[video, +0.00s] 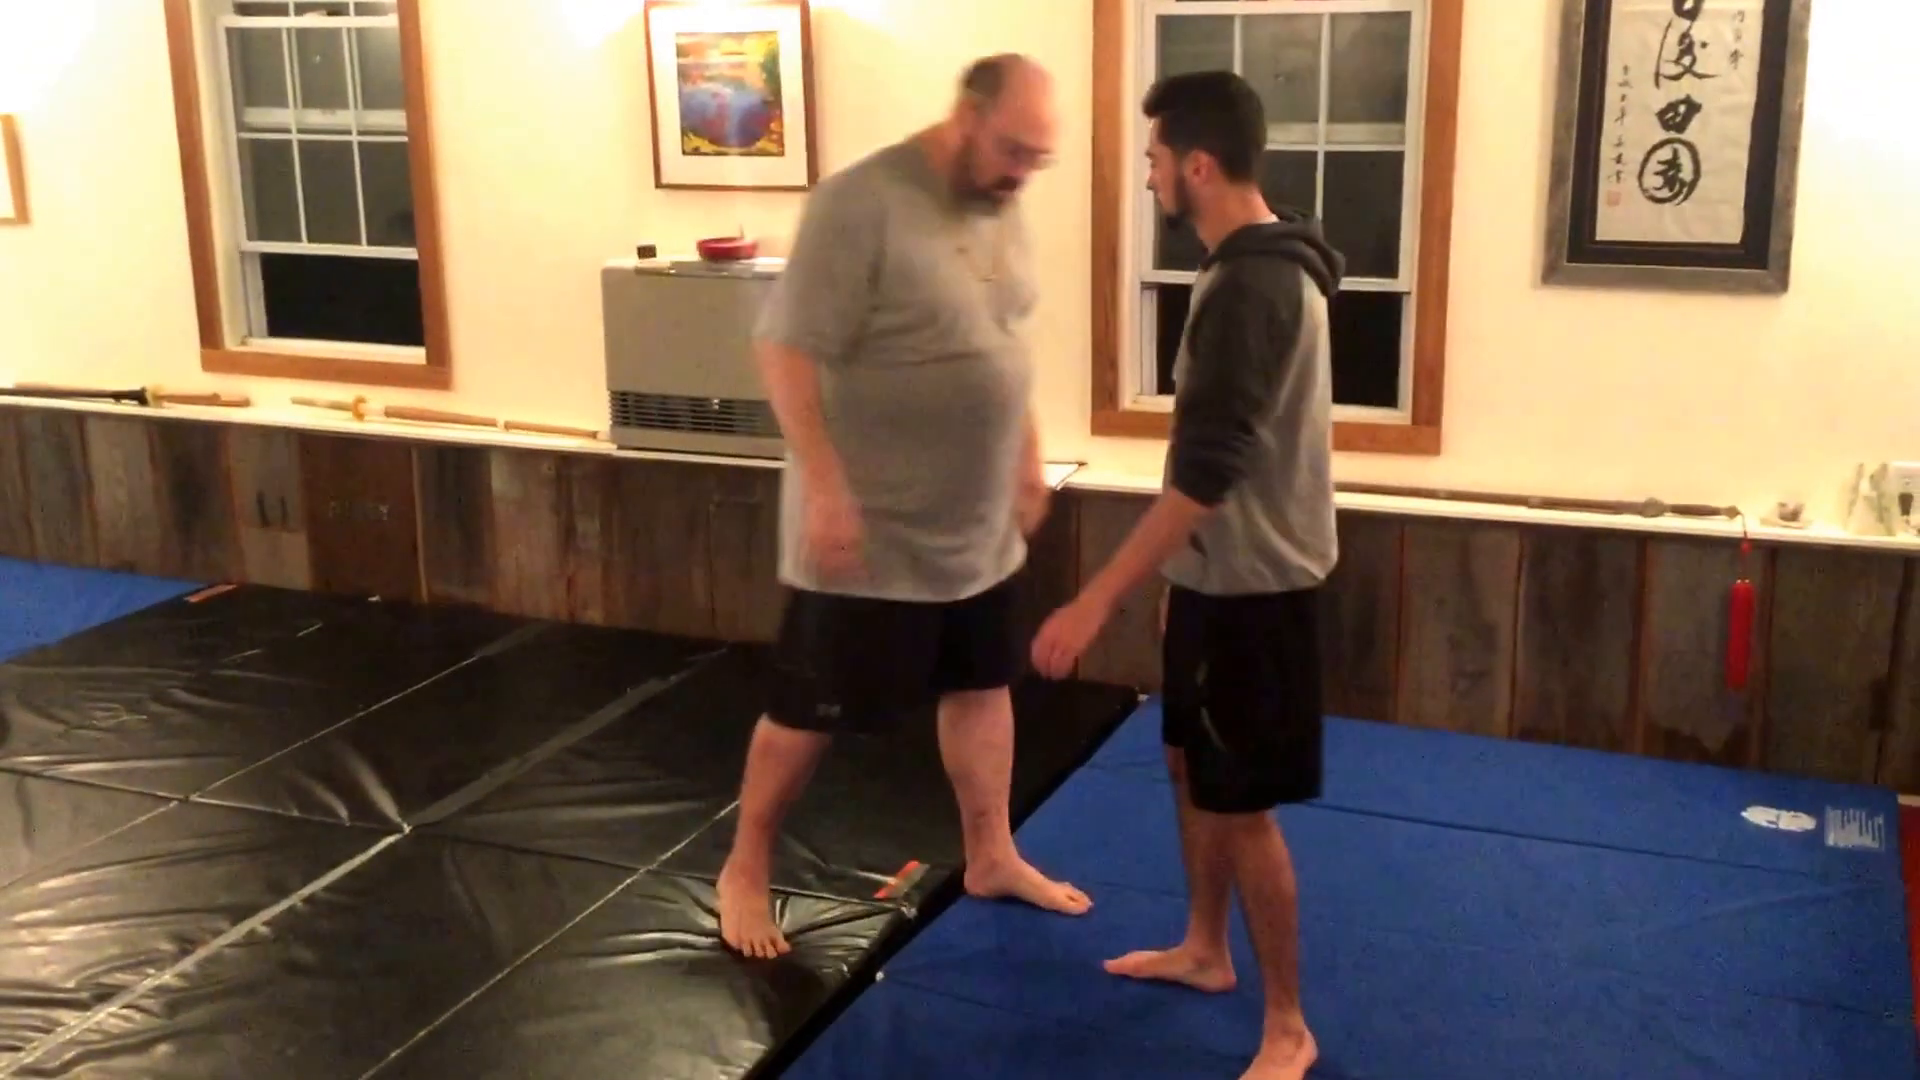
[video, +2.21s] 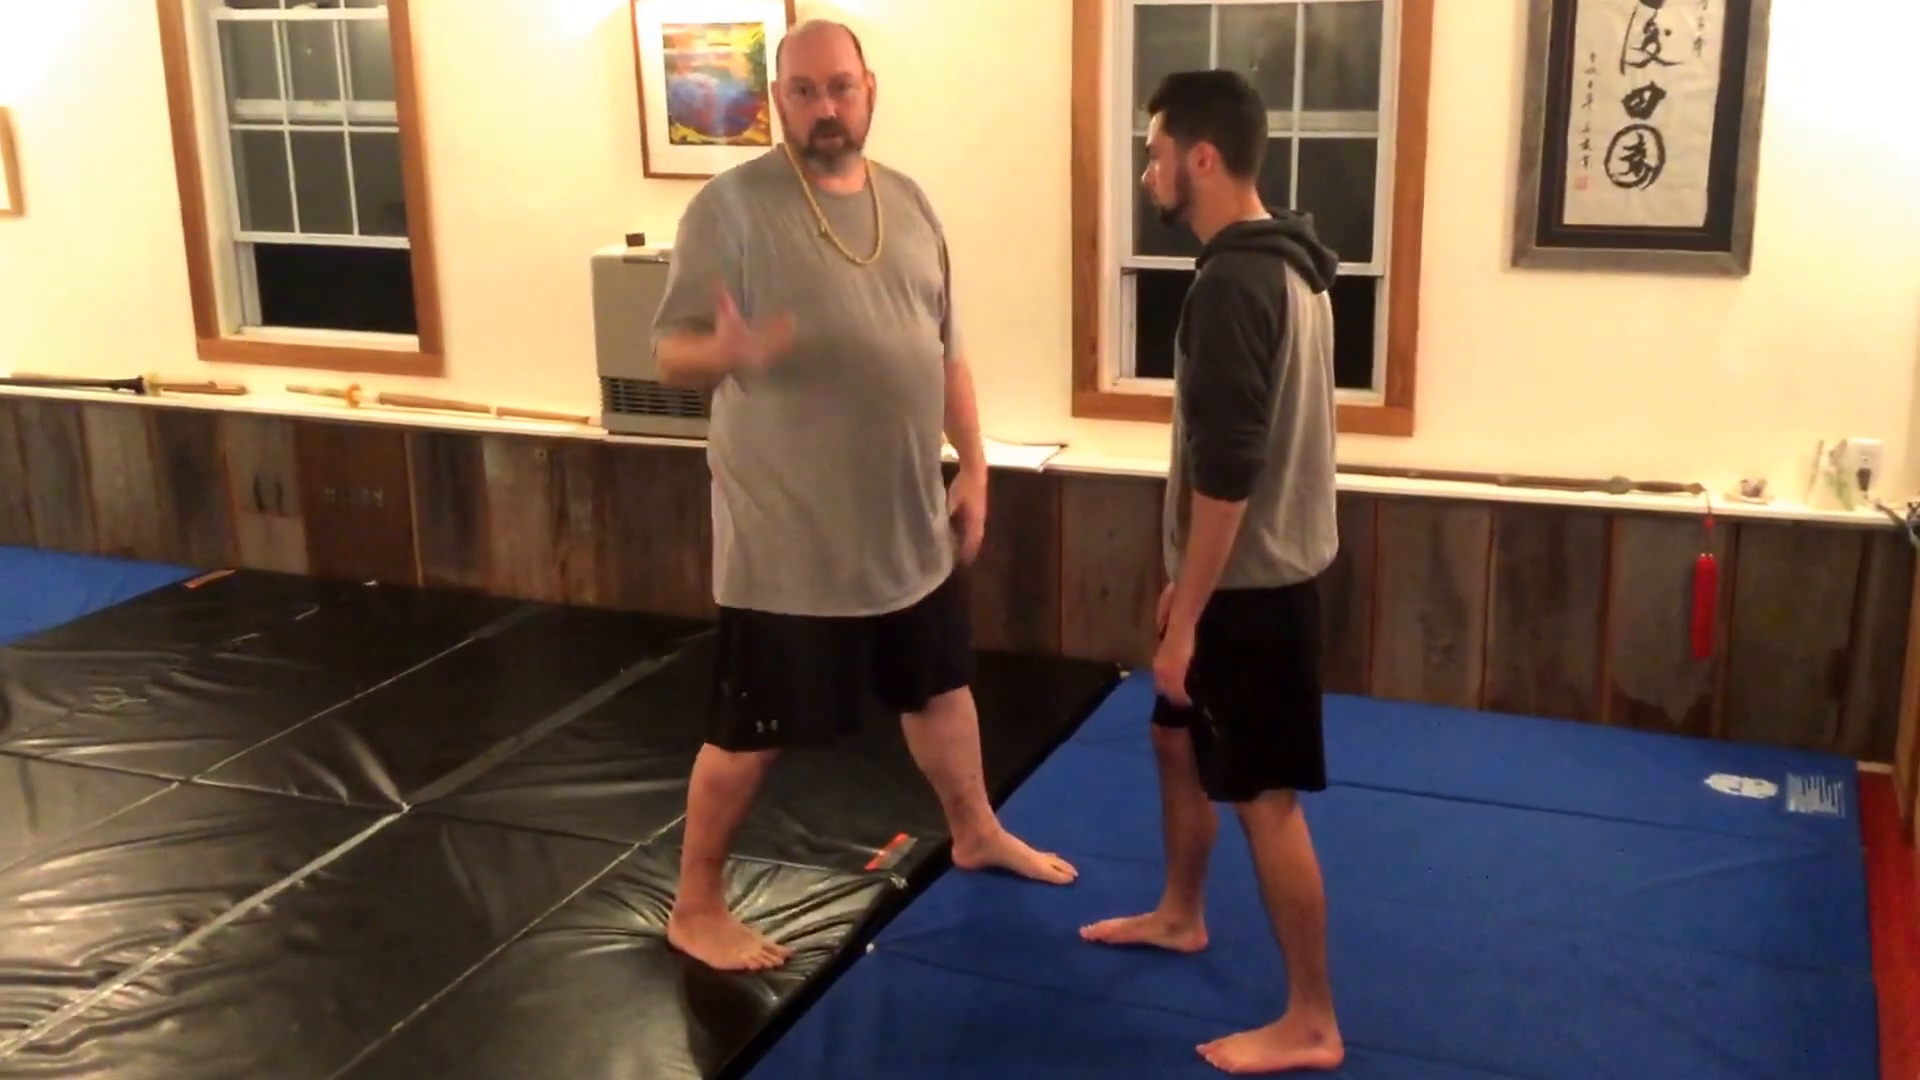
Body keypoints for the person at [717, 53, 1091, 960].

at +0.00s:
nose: (1026, 172)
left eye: (1038, 156)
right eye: (1016, 150)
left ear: (1041, 141)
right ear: (963, 118)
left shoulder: (1001, 205)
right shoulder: (857, 202)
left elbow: (1002, 346)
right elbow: (785, 348)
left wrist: (1027, 458)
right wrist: (825, 486)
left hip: (975, 523)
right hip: (863, 527)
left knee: (982, 686)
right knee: (805, 708)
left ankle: (992, 858)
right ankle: (746, 873)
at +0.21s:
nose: (1086, 185)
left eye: (1099, 169)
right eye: (1078, 162)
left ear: (1102, 150)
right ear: (1030, 121)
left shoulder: (1064, 211)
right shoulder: (915, 191)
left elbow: (1078, 342)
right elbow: (826, 324)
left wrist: (1118, 448)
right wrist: (811, 473)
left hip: (1009, 497)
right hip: (906, 496)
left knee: (995, 677)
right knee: (910, 683)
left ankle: (990, 851)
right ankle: (856, 836)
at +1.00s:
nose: (1064, 195)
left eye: (1079, 180)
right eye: (1055, 173)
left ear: (1082, 167)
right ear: (1004, 134)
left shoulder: (1034, 211)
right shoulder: (904, 199)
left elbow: (1028, 348)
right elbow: (830, 349)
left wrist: (1075, 438)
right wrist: (877, 492)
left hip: (973, 514)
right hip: (857, 513)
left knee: (993, 673)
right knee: (799, 695)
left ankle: (983, 842)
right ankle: (716, 887)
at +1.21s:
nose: (965, 190)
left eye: (978, 172)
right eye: (954, 168)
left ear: (984, 158)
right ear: (897, 138)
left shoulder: (946, 219)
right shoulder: (808, 224)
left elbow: (963, 351)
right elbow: (750, 380)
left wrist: (1006, 456)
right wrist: (802, 521)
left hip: (930, 533)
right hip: (818, 543)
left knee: (969, 685)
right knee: (766, 729)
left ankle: (981, 840)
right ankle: (703, 910)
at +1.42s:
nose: (890, 169)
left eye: (904, 149)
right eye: (873, 147)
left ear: (914, 136)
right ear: (819, 124)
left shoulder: (908, 210)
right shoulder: (744, 221)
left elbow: (912, 361)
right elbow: (680, 383)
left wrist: (927, 476)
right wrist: (690, 533)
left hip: (896, 521)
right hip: (784, 539)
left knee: (932, 692)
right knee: (747, 735)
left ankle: (979, 840)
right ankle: (699, 914)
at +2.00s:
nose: (840, 119)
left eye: (856, 100)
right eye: (819, 101)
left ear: (878, 102)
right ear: (780, 103)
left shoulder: (902, 205)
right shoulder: (719, 218)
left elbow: (944, 346)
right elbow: (670, 375)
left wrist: (992, 458)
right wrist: (725, 489)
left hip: (903, 519)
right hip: (784, 537)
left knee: (935, 686)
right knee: (750, 733)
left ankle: (978, 836)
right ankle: (696, 907)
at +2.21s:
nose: (825, 107)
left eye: (841, 87)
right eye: (805, 91)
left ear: (871, 91)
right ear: (776, 101)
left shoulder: (911, 205)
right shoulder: (727, 207)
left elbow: (945, 348)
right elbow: (670, 356)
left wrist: (974, 462)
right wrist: (728, 352)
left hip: (905, 507)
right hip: (782, 521)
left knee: (940, 683)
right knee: (748, 727)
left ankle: (977, 834)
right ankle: (695, 904)